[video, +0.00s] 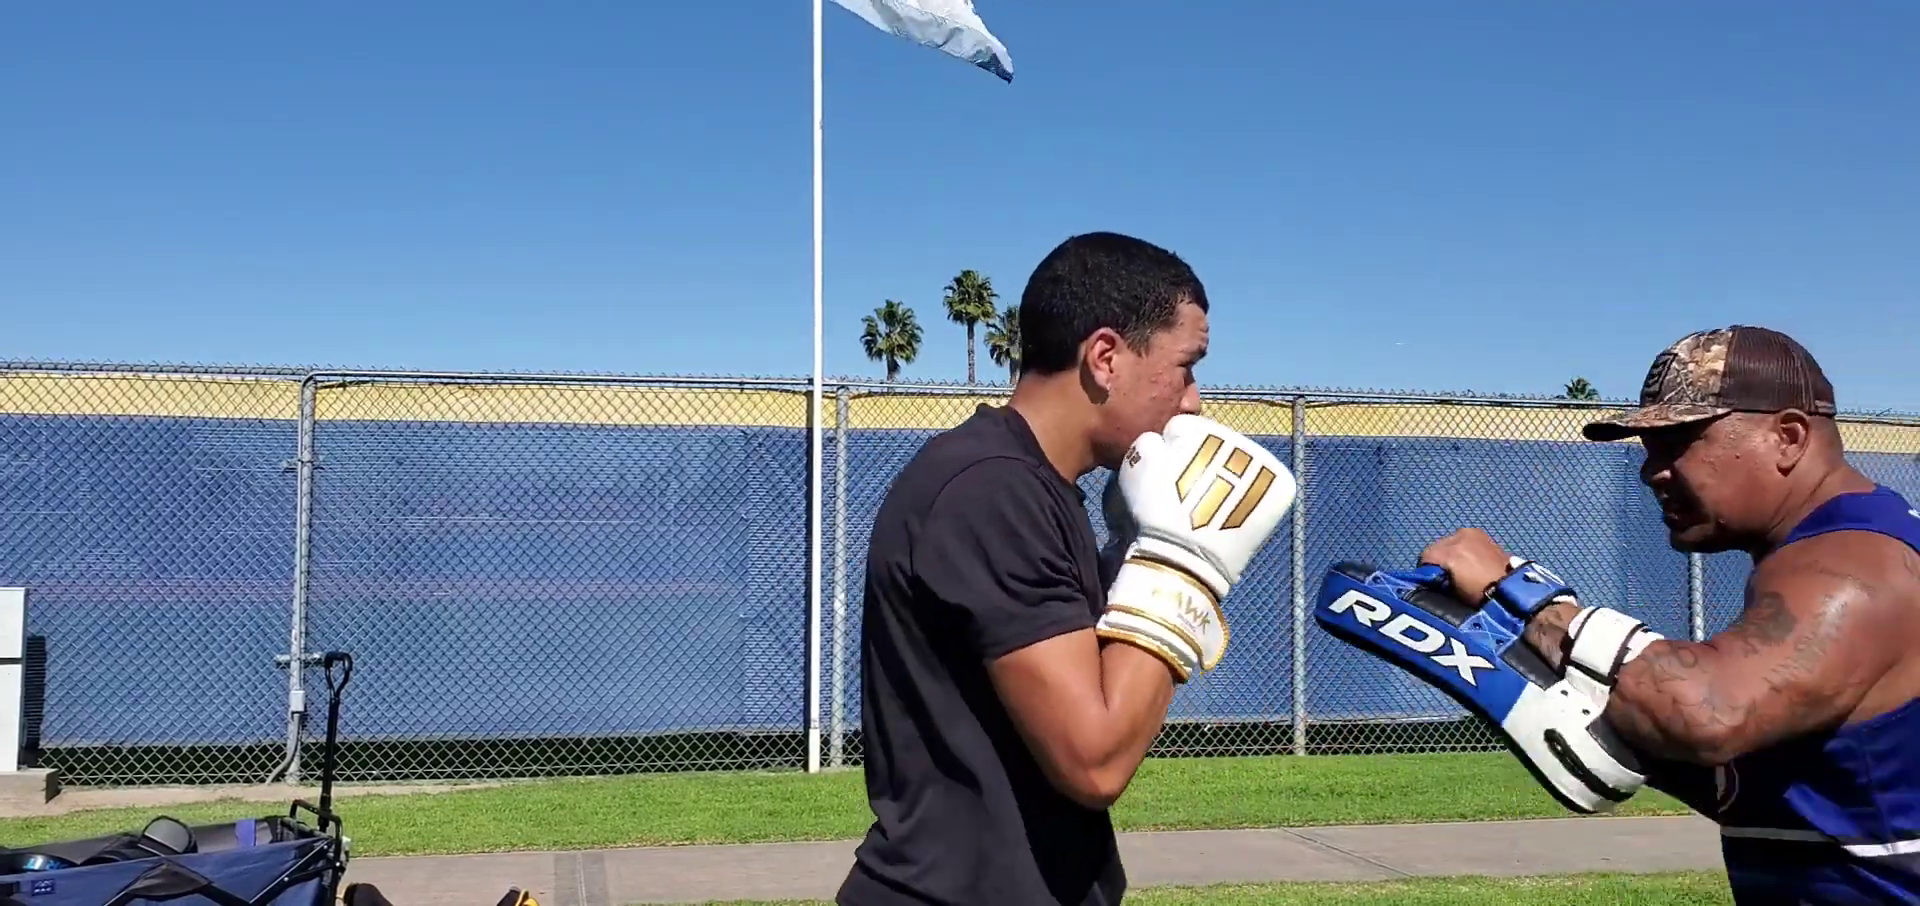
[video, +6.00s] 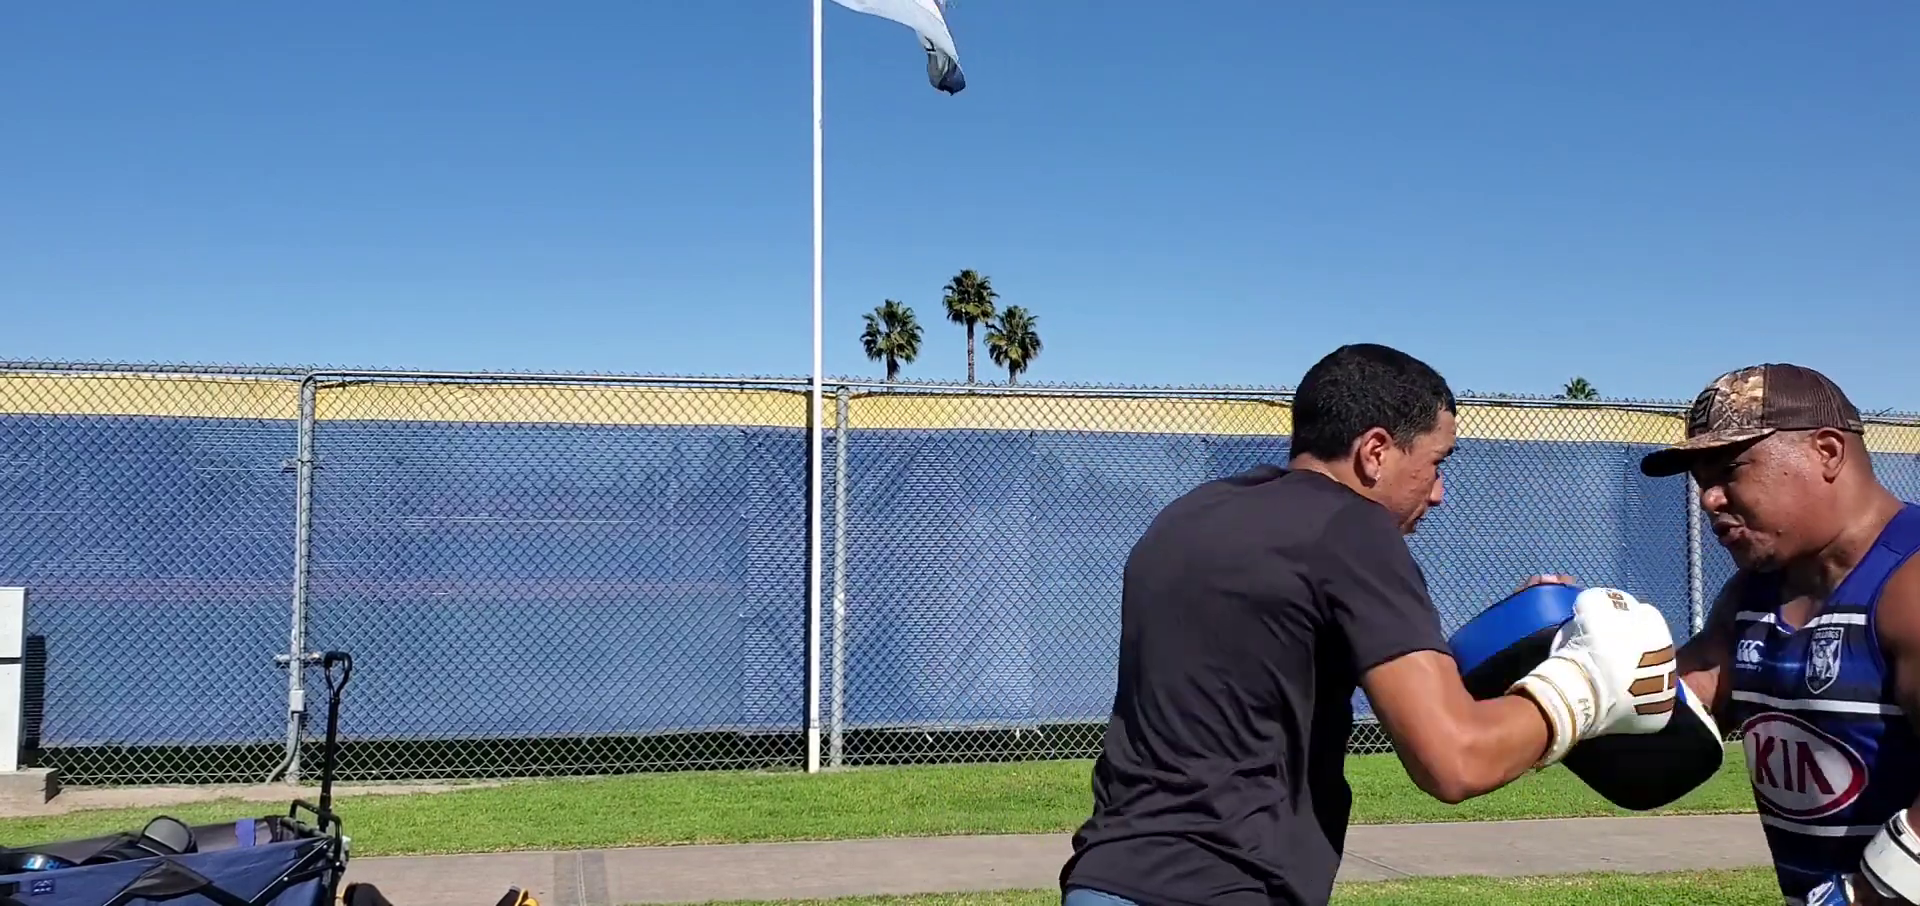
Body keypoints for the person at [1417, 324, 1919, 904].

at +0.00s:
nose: (1650, 470)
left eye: (1677, 442)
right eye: (1649, 446)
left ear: (1787, 440)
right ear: (1788, 442)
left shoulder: (1848, 563)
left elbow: (1702, 708)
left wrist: (1515, 590)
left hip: (1871, 890)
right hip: (1813, 885)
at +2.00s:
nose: (1584, 453)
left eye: (1610, 425)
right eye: (1586, 433)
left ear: (1710, 427)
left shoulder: (1812, 552)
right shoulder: (1624, 578)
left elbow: (1772, 759)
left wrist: (1588, 856)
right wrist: (1534, 671)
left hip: (1842, 883)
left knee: (1759, 841)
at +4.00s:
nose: (1719, 537)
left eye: (1745, 513)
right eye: (1711, 512)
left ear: (1859, 485)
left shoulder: (1889, 625)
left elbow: (1663, 696)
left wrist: (1651, 517)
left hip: (1876, 894)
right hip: (1758, 888)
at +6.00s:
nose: (1708, 499)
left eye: (1728, 469)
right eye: (1702, 479)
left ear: (1827, 454)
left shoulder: (1906, 590)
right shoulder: (1753, 593)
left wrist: (1880, 881)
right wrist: (1571, 654)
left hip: (1892, 894)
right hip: (1812, 891)